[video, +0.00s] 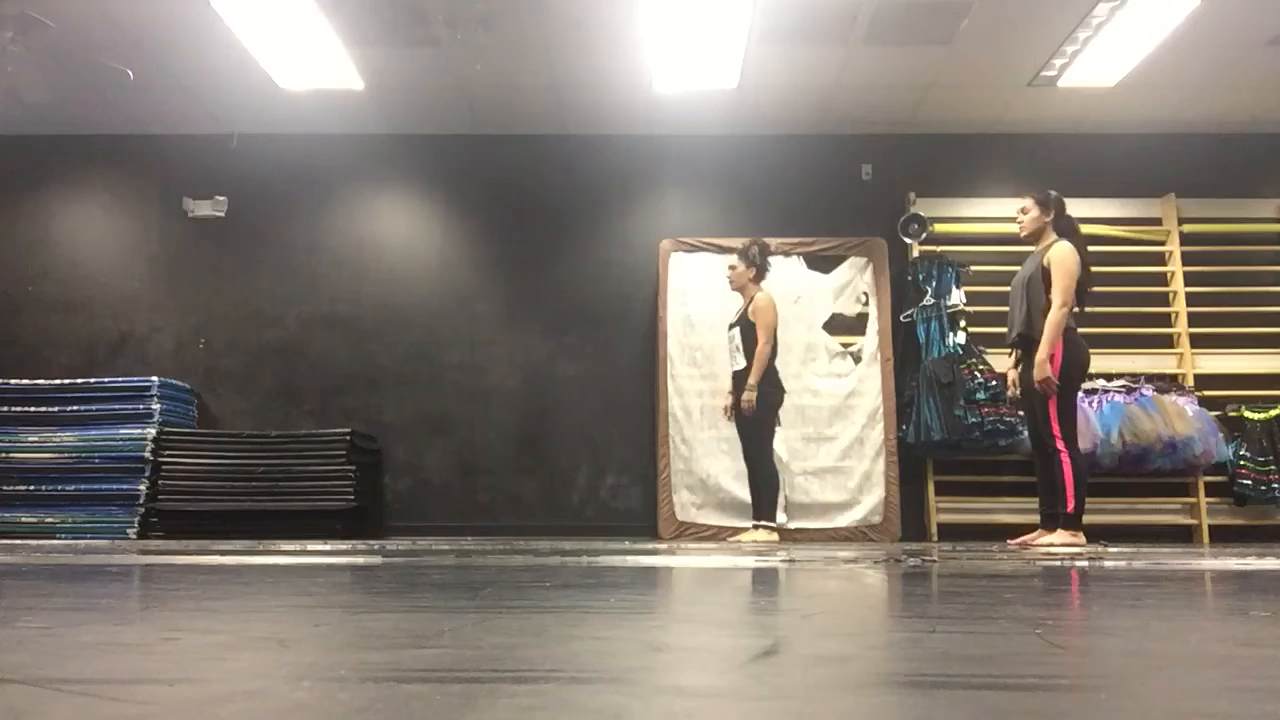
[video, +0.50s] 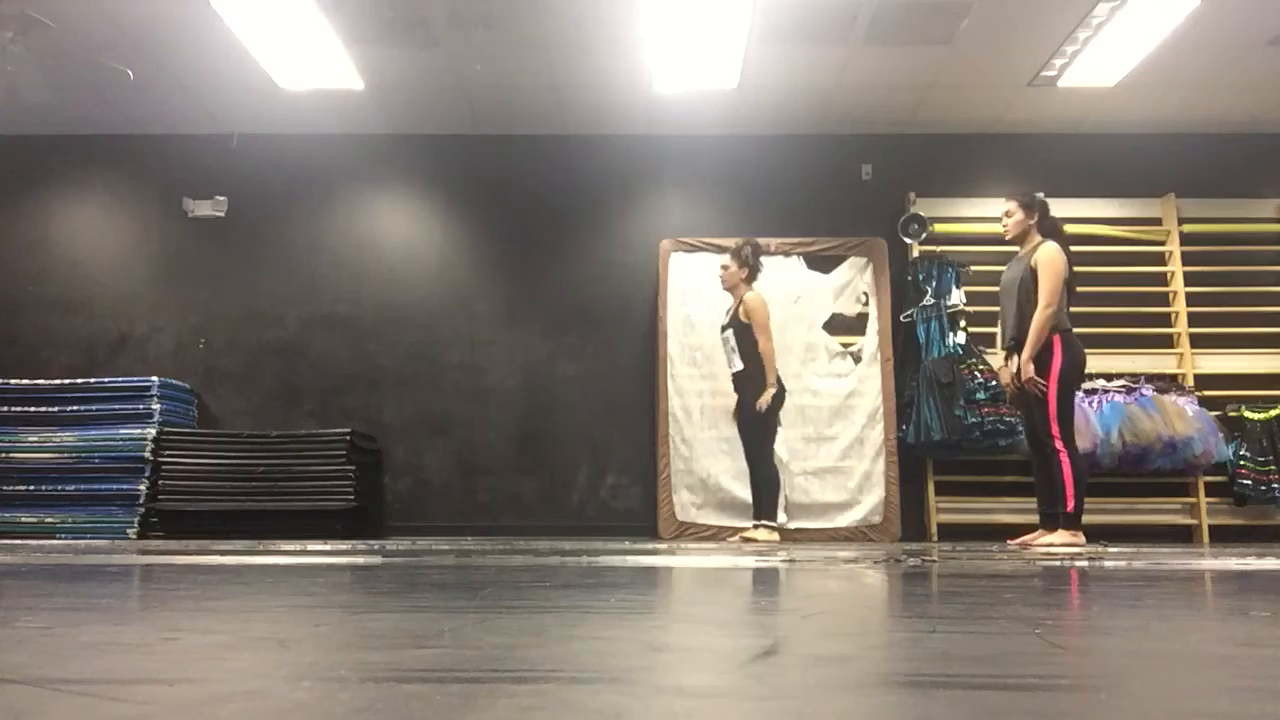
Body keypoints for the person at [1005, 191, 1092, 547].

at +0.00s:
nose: (1018, 219)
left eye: (1025, 212)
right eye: (1018, 213)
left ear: (1048, 214)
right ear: (1040, 217)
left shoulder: (1062, 250)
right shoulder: (1036, 256)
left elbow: (1062, 306)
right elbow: (1027, 314)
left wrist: (1043, 358)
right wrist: (1014, 361)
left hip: (1058, 348)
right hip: (1038, 351)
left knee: (1059, 439)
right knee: (1042, 440)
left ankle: (1071, 528)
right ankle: (1050, 525)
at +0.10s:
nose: (1017, 219)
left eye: (1024, 212)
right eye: (1017, 213)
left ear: (1048, 214)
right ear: (1040, 217)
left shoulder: (1061, 250)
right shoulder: (1035, 256)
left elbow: (1060, 307)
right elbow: (1026, 313)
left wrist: (1039, 357)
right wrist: (1012, 359)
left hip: (1057, 348)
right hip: (1037, 351)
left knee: (1059, 440)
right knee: (1042, 440)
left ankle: (1071, 528)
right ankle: (1050, 525)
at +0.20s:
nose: (1015, 219)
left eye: (1022, 212)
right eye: (1015, 213)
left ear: (1045, 214)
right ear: (1035, 218)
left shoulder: (1058, 250)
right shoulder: (1033, 257)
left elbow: (1058, 307)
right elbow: (1023, 313)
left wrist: (1034, 356)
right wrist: (1009, 357)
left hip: (1056, 348)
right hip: (1035, 351)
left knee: (1058, 439)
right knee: (1041, 440)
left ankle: (1070, 528)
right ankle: (1050, 525)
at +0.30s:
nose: (1012, 219)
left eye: (1019, 213)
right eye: (1012, 214)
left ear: (1042, 215)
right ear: (1031, 219)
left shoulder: (1056, 251)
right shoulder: (1030, 256)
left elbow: (1055, 306)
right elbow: (1020, 313)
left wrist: (1031, 356)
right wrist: (1008, 357)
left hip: (1055, 349)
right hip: (1034, 352)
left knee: (1058, 439)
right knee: (1040, 440)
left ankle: (1071, 528)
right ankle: (1050, 525)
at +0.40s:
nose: (1008, 220)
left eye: (1015, 213)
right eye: (1008, 214)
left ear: (1038, 216)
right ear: (1026, 219)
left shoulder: (1053, 250)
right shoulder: (1025, 257)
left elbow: (1051, 307)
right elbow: (1019, 313)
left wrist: (1029, 357)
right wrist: (1007, 357)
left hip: (1054, 350)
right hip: (1032, 353)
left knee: (1057, 439)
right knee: (1039, 440)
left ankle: (1070, 528)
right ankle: (1050, 525)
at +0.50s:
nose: (1003, 221)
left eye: (1009, 215)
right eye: (1002, 216)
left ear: (1032, 216)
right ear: (1015, 220)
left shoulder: (1049, 251)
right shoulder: (1017, 260)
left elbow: (1048, 308)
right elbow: (1009, 314)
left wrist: (1026, 357)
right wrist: (1004, 358)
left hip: (1053, 349)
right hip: (1029, 354)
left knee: (1057, 438)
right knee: (1039, 440)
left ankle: (1071, 528)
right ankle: (1050, 525)